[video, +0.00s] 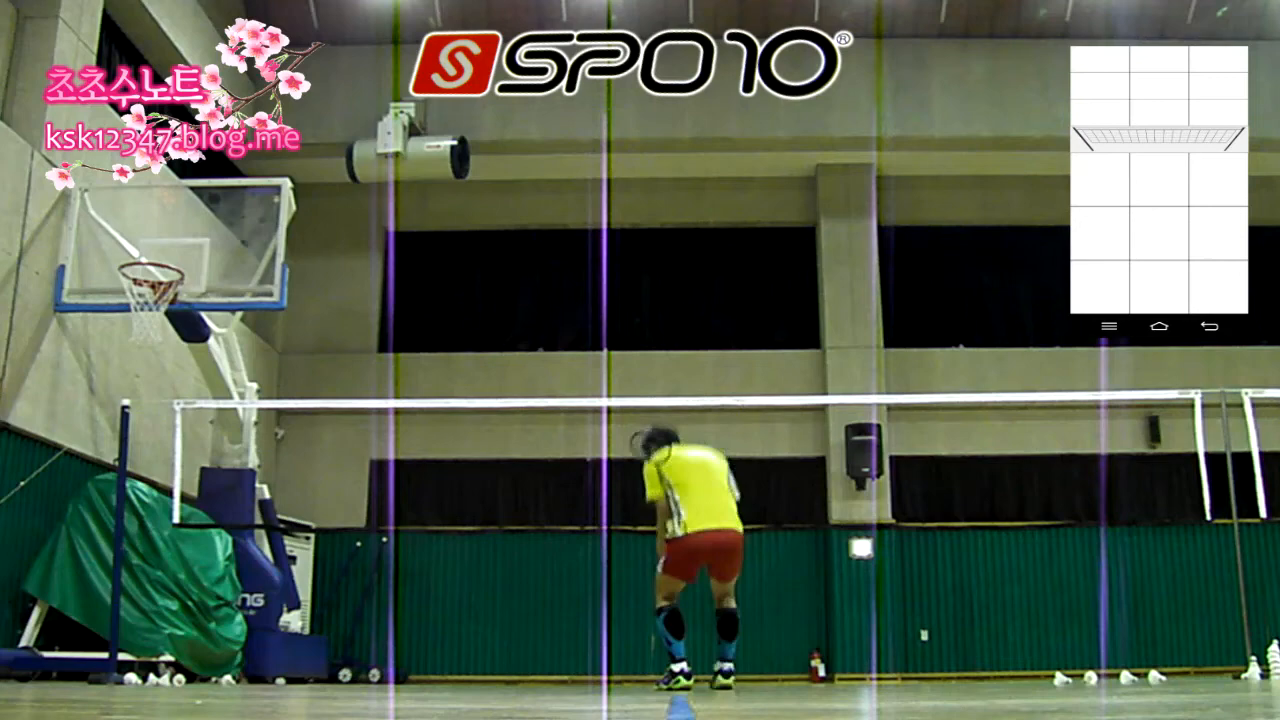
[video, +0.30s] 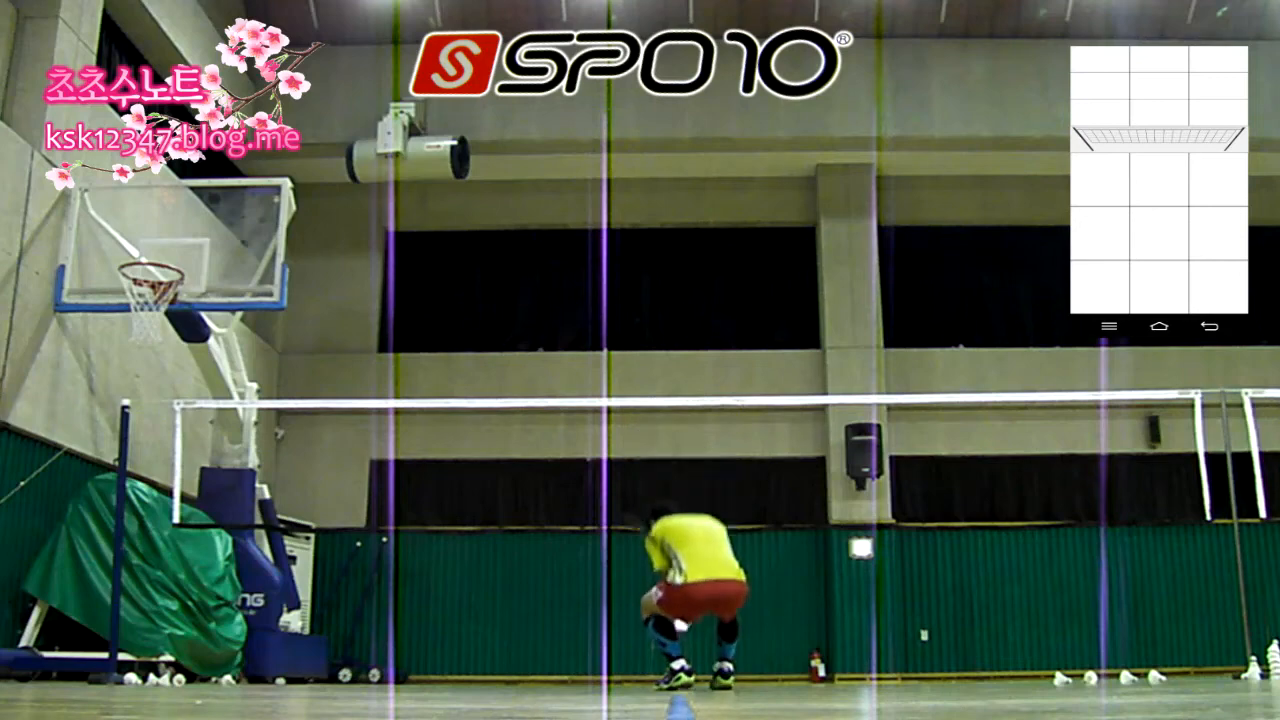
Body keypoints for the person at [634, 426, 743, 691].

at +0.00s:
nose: (648, 458)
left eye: (648, 454)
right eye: (646, 454)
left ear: (654, 449)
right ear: (675, 442)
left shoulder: (655, 462)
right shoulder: (715, 455)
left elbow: (662, 508)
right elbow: (733, 497)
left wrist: (661, 546)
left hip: (689, 536)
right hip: (730, 533)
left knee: (666, 598)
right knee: (726, 596)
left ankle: (679, 667)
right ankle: (726, 666)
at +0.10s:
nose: (648, 469)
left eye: (648, 466)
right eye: (647, 466)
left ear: (653, 460)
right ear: (675, 453)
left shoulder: (655, 470)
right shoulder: (713, 464)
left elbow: (663, 518)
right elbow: (733, 506)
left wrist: (662, 558)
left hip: (688, 542)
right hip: (730, 539)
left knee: (663, 599)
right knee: (724, 596)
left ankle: (679, 666)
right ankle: (725, 666)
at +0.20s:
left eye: (647, 498)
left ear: (655, 491)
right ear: (680, 482)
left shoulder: (655, 502)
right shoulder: (713, 495)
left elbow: (663, 543)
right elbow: (728, 534)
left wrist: (667, 574)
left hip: (690, 563)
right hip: (733, 561)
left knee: (655, 605)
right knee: (726, 605)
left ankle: (678, 667)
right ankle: (725, 667)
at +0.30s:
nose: (650, 532)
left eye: (650, 528)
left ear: (654, 522)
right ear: (677, 513)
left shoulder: (656, 532)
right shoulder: (712, 521)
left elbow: (664, 573)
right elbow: (720, 560)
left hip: (691, 588)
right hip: (734, 585)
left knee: (649, 607)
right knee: (728, 615)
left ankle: (678, 667)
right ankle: (725, 668)